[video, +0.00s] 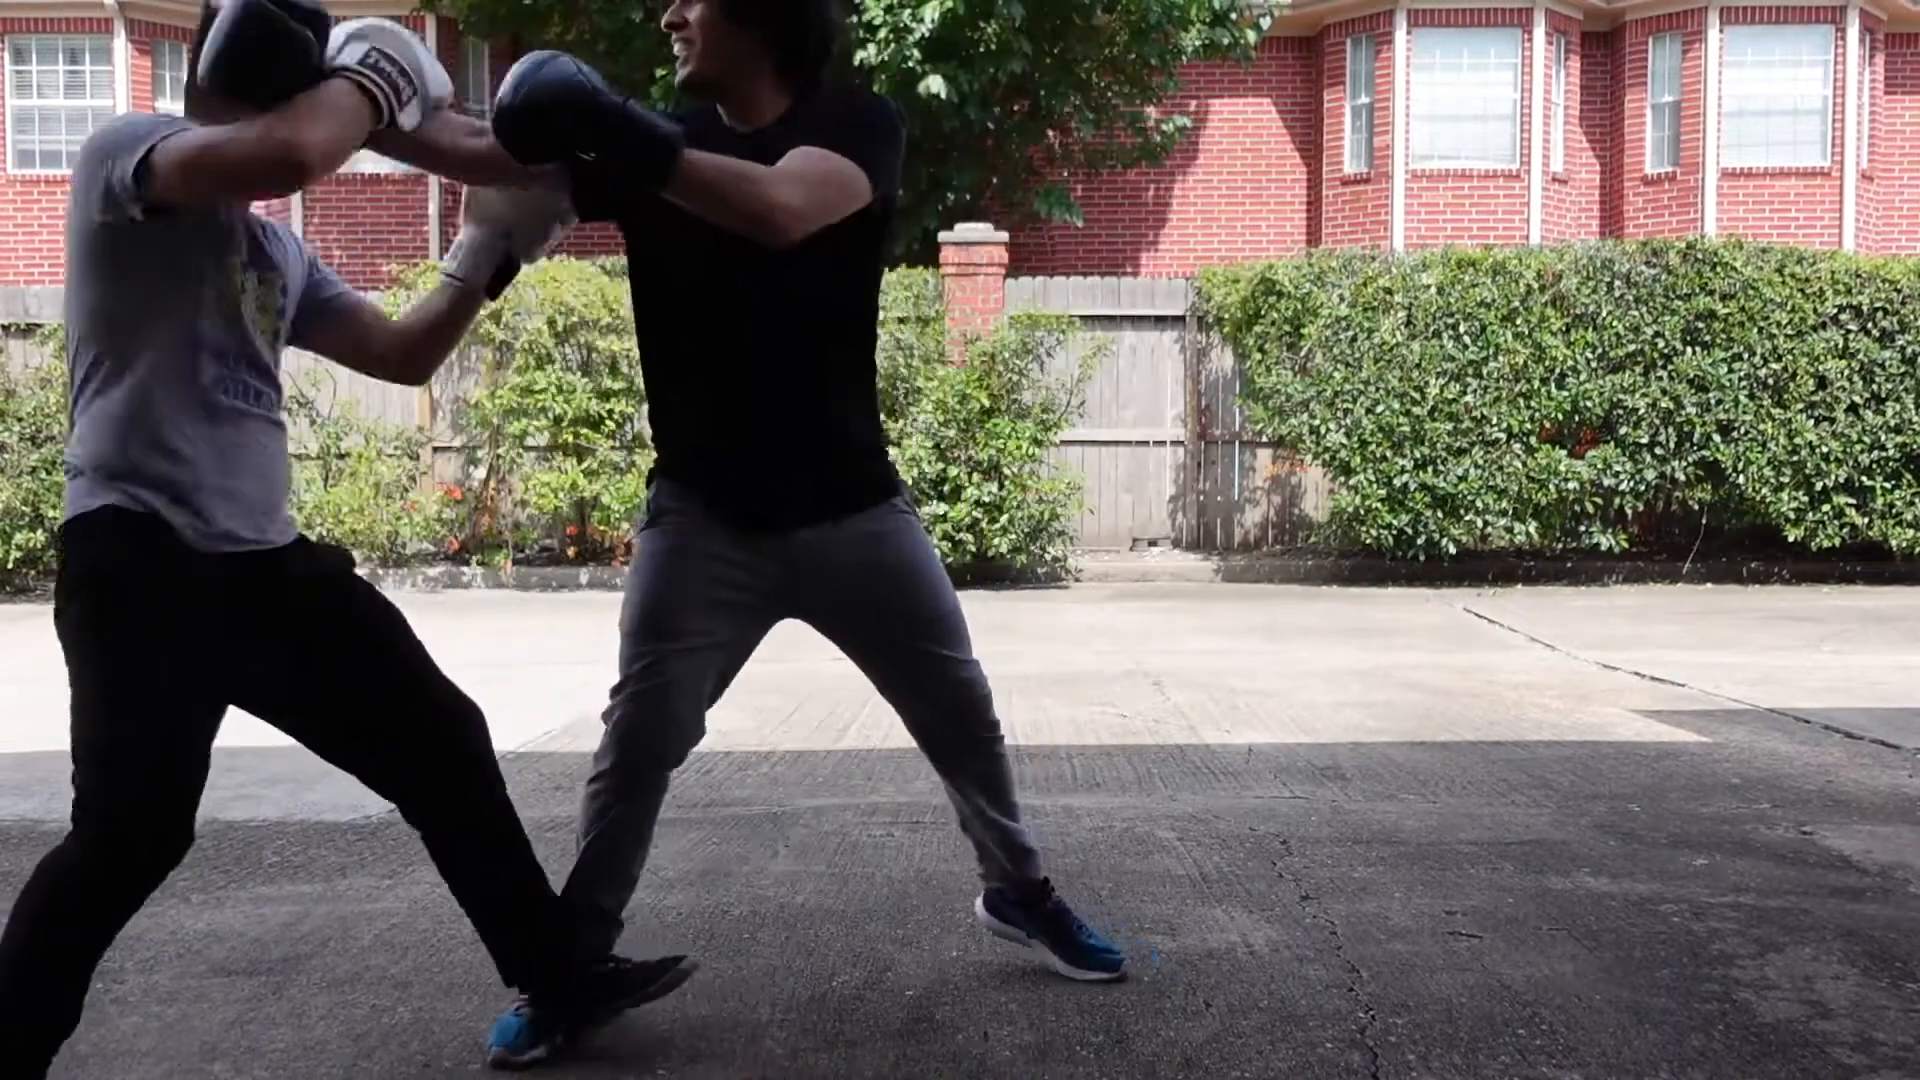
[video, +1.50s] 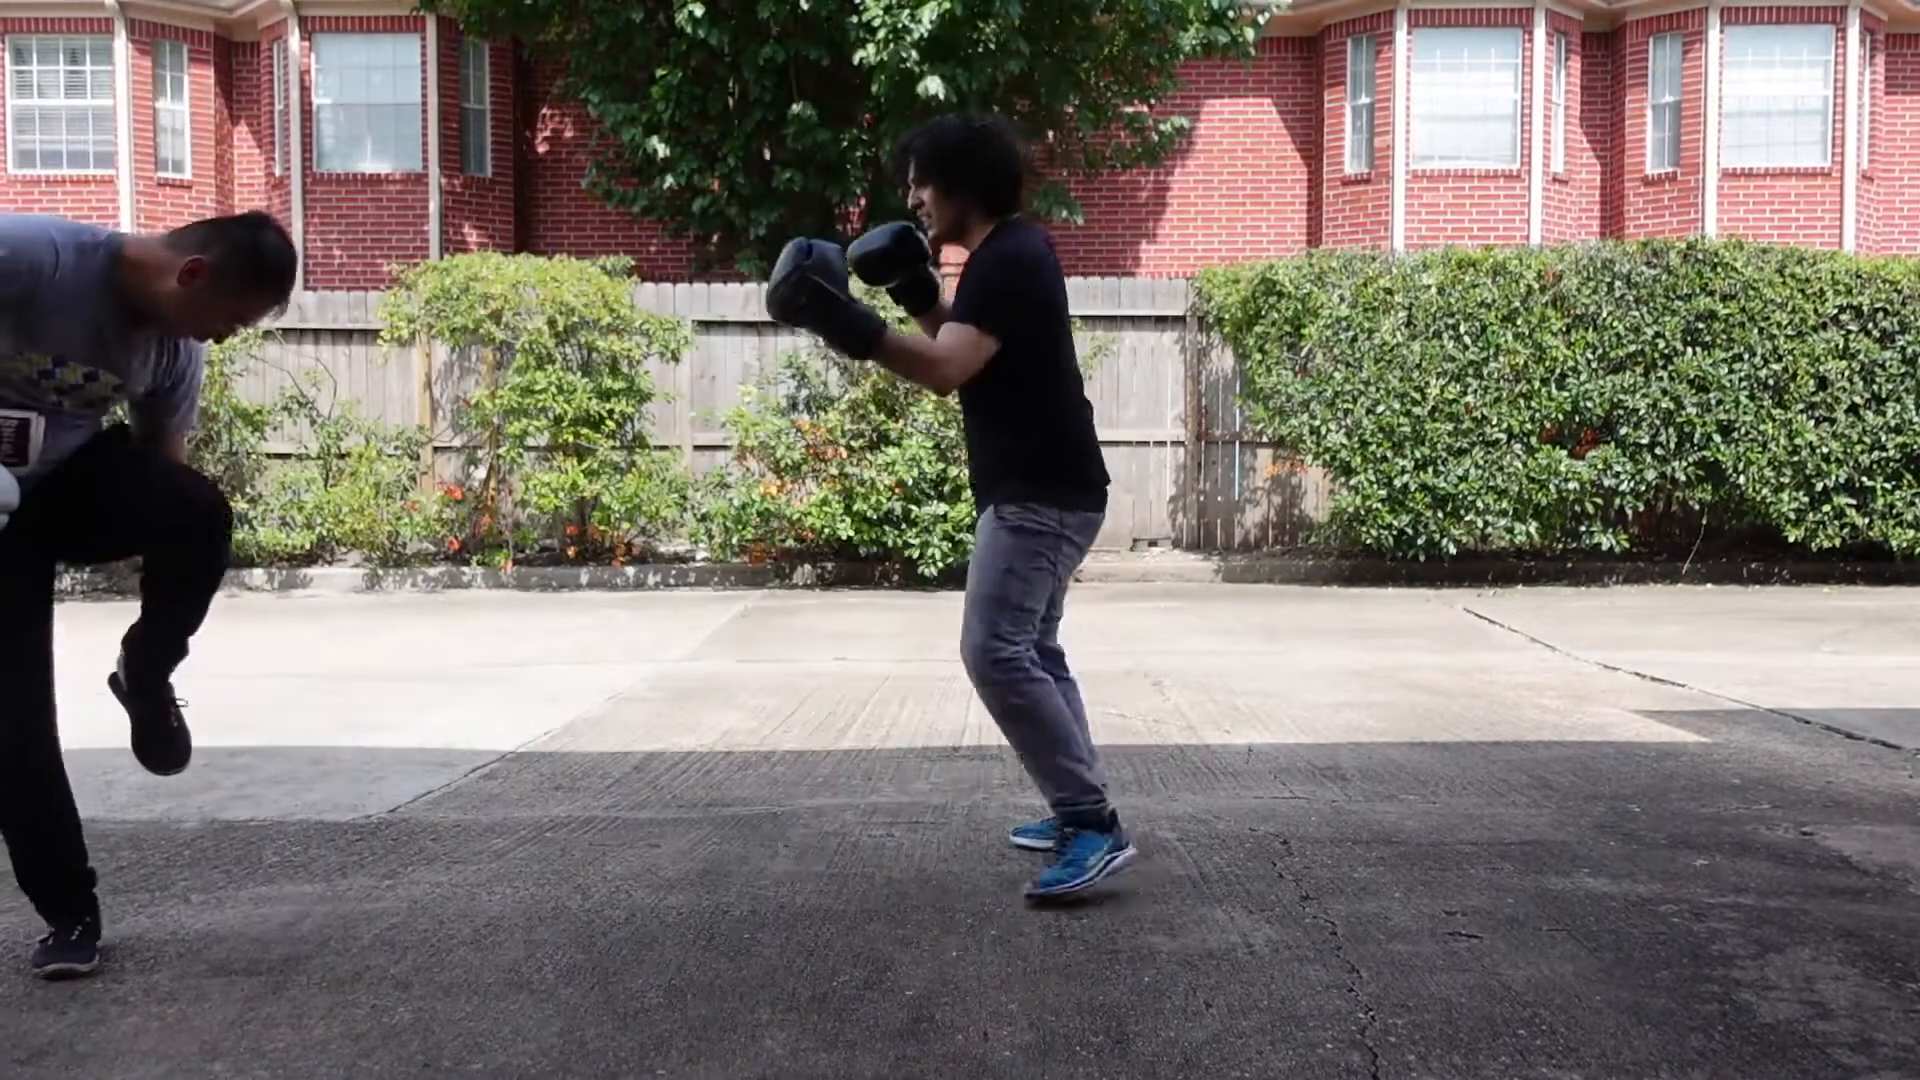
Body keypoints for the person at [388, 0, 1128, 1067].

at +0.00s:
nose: (673, 17)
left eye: (693, 0)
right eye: (677, 2)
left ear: (759, 15)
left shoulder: (857, 123)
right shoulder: (650, 144)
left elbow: (785, 207)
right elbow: (484, 157)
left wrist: (628, 142)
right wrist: (355, 96)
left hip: (854, 511)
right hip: (703, 516)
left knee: (960, 706)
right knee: (645, 728)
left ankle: (1019, 886)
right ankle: (567, 975)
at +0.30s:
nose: (725, 46)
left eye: (747, 27)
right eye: (721, 29)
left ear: (812, 39)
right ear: (728, 48)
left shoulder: (901, 167)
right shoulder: (694, 169)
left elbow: (970, 326)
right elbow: (593, 287)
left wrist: (871, 244)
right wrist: (464, 333)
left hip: (874, 525)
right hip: (723, 526)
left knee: (959, 720)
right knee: (646, 736)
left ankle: (932, 917)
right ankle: (578, 970)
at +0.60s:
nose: (776, 65)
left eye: (792, 44)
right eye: (774, 46)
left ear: (856, 49)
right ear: (820, 58)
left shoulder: (961, 163)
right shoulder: (789, 187)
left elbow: (984, 316)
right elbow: (739, 334)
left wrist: (858, 267)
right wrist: (619, 309)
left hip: (958, 503)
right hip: (826, 505)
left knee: (1050, 700)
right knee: (772, 701)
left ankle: (1100, 871)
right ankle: (790, 919)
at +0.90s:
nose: (915, 122)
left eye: (929, 103)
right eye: (916, 104)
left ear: (982, 107)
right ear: (964, 114)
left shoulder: (1056, 202)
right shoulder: (963, 209)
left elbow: (958, 324)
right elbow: (916, 308)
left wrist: (819, 325)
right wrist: (861, 258)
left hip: (1067, 508)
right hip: (968, 506)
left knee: (1096, 699)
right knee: (891, 667)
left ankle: (1169, 889)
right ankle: (875, 884)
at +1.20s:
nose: (962, 164)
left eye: (975, 149)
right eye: (962, 149)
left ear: (1027, 157)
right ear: (1008, 158)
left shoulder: (1077, 246)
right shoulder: (1012, 249)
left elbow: (980, 341)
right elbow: (986, 354)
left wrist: (858, 310)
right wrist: (934, 299)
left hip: (1093, 504)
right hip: (1028, 504)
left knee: (1090, 684)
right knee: (1021, 658)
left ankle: (1170, 883)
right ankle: (1069, 802)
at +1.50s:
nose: (916, 202)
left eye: (924, 187)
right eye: (915, 188)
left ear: (960, 188)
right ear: (986, 185)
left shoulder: (1009, 256)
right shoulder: (1004, 252)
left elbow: (947, 368)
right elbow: (972, 353)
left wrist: (849, 324)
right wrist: (921, 290)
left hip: (1038, 496)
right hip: (1036, 491)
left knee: (994, 651)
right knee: (1033, 648)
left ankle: (1092, 825)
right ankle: (1080, 807)